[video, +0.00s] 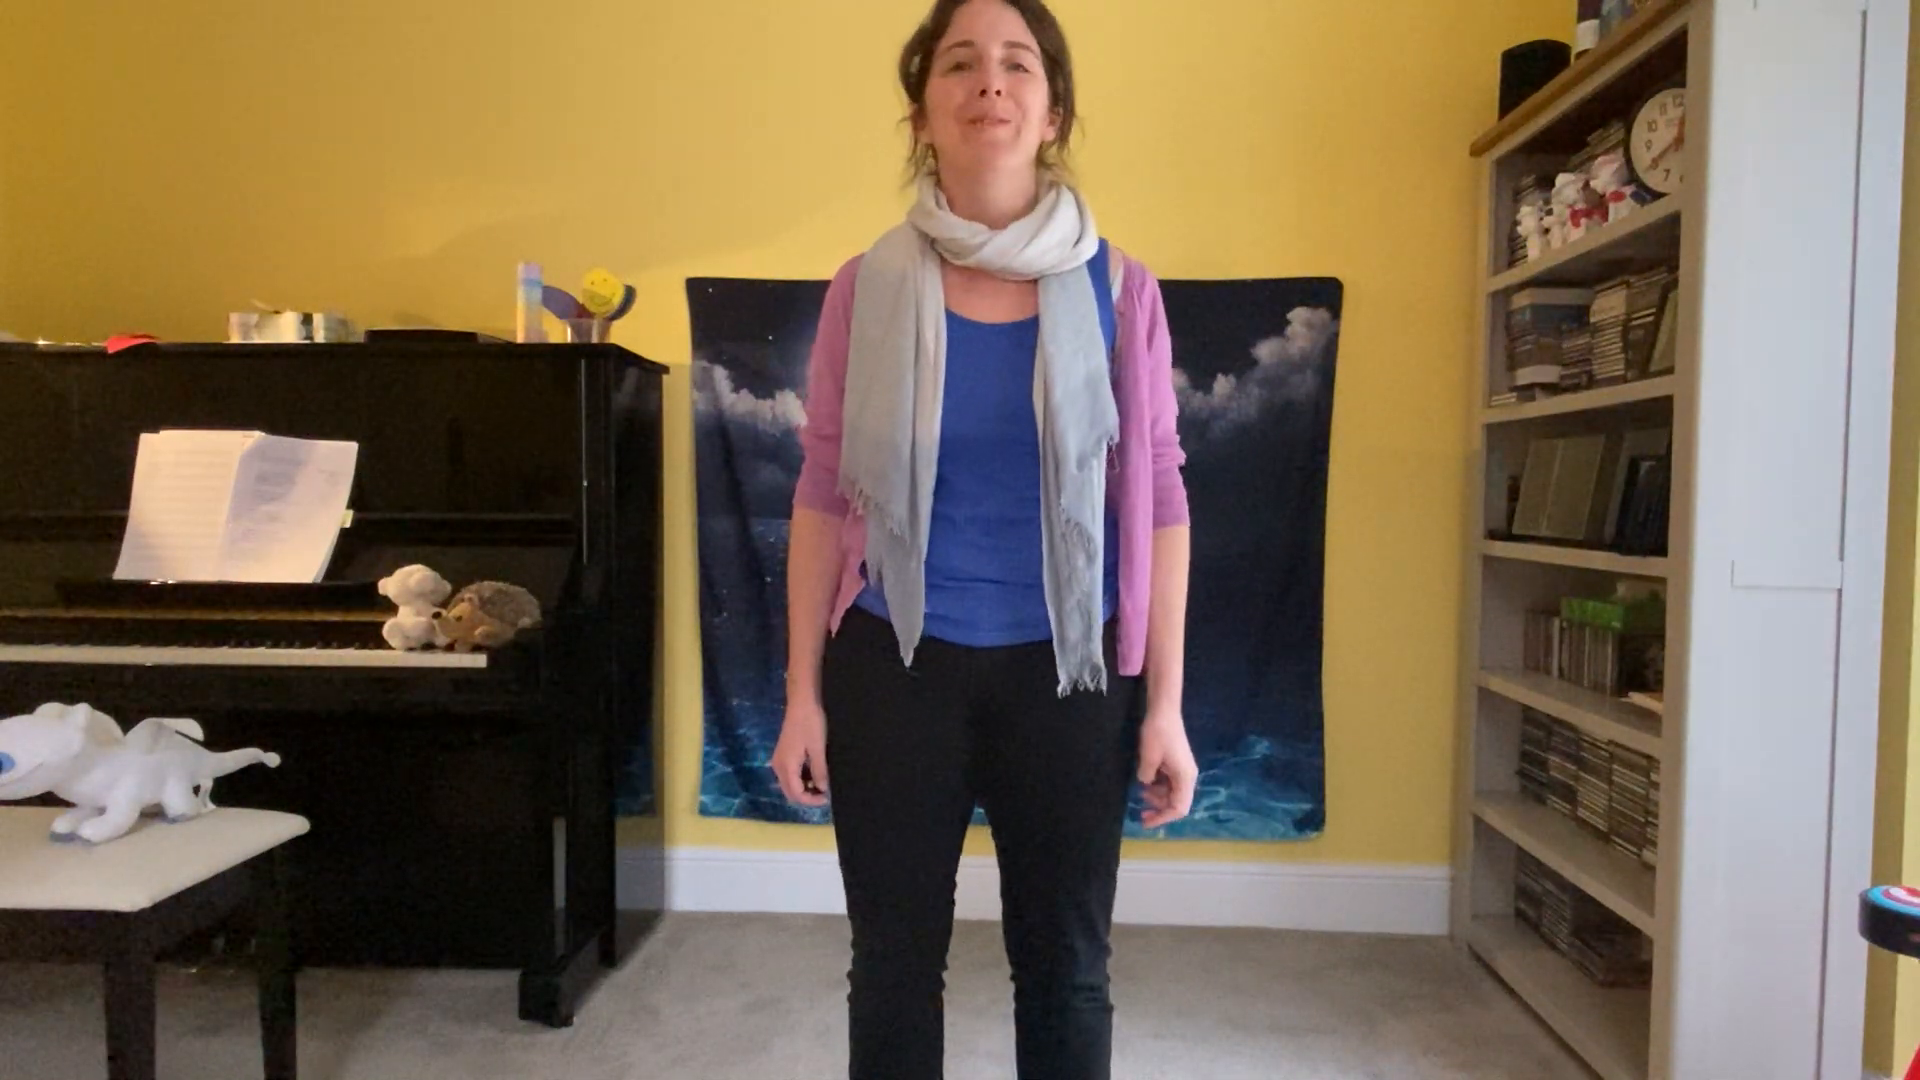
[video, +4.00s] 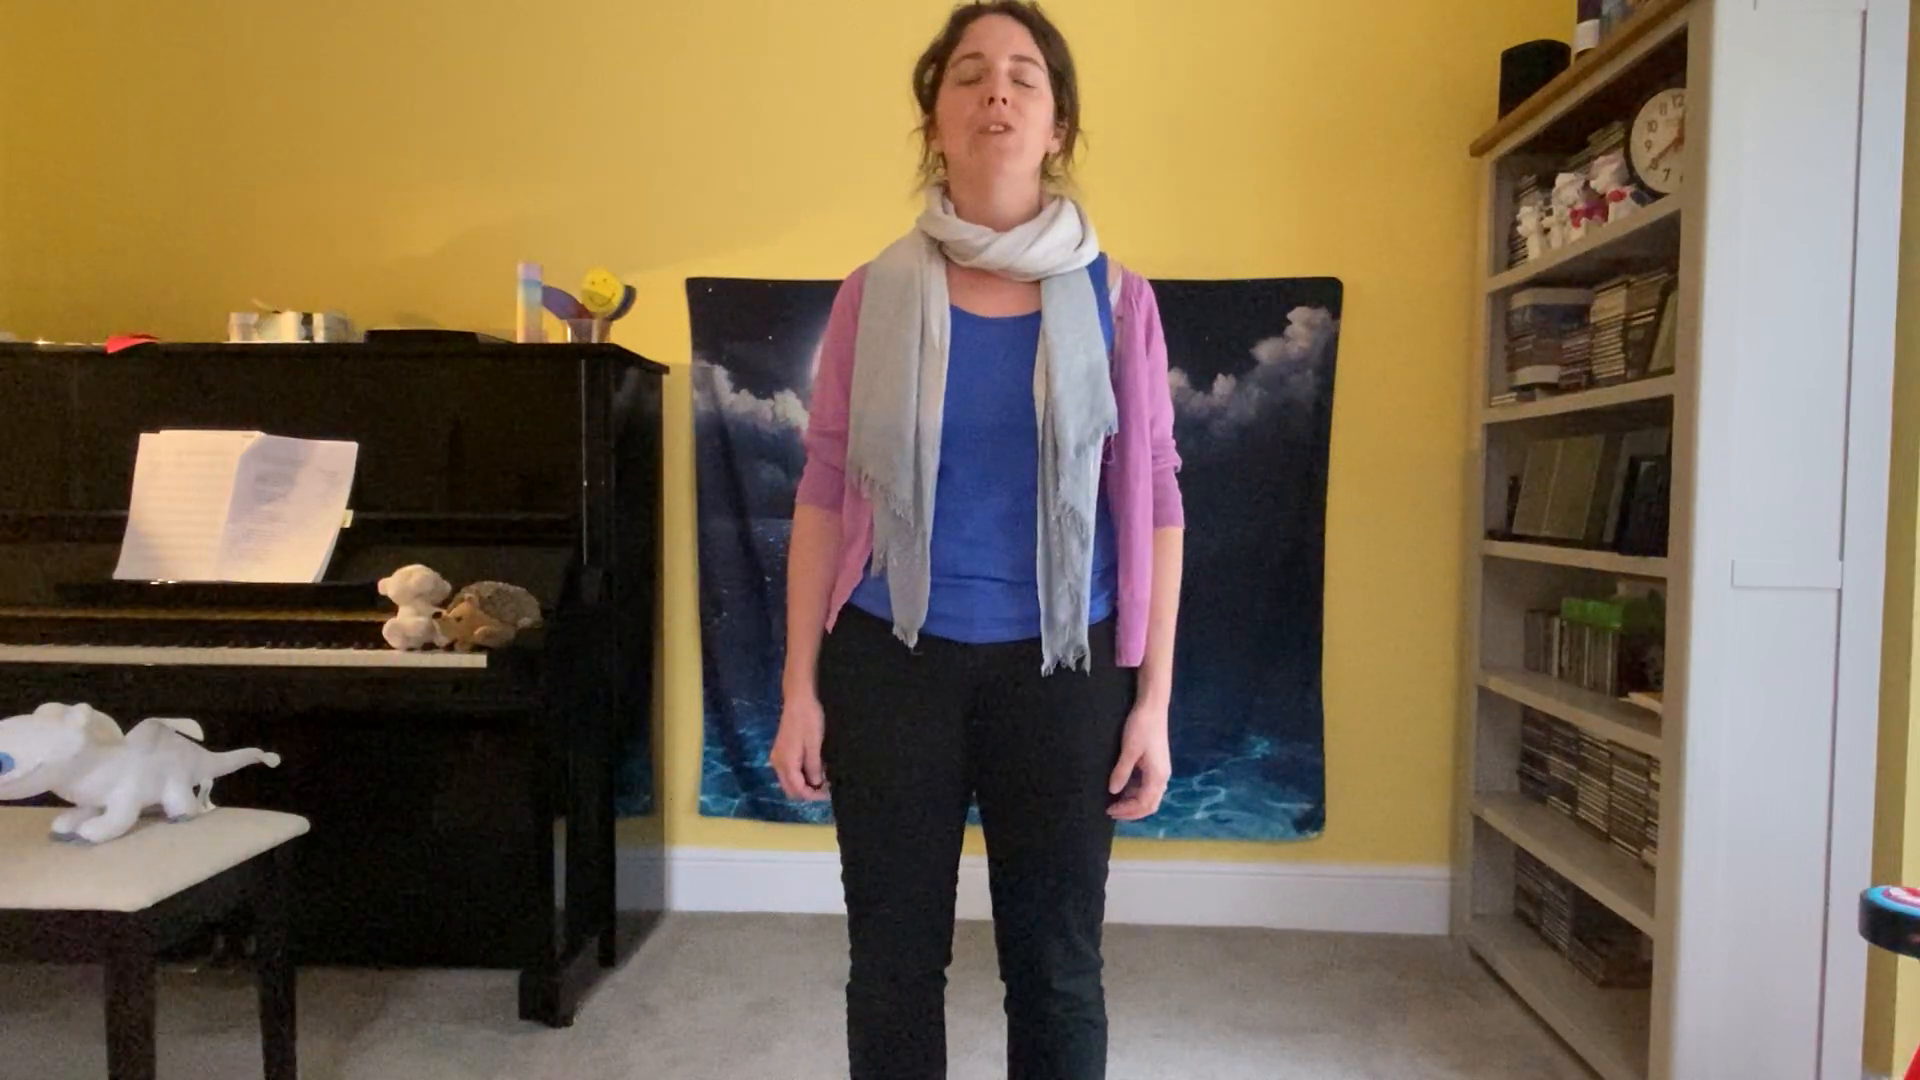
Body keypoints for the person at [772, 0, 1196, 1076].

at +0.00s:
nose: (989, 79)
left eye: (1016, 63)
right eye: (961, 63)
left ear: (1053, 108)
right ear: (922, 109)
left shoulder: (1121, 293)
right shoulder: (863, 291)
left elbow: (1160, 500)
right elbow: (821, 498)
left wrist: (1164, 700)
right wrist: (801, 689)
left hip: (1070, 681)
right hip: (892, 674)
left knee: (1067, 981)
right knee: (893, 976)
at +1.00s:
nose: (1002, 94)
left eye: (1027, 80)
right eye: (976, 79)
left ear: (1064, 129)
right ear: (940, 129)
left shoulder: (1128, 303)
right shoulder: (880, 297)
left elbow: (1168, 506)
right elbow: (829, 494)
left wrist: (1163, 698)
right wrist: (802, 683)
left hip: (1072, 684)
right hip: (893, 678)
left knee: (1071, 982)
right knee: (890, 978)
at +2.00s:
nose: (1010, 101)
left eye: (1037, 86)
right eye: (985, 82)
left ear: (1068, 133)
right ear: (944, 127)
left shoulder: (1123, 306)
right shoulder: (878, 296)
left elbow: (1161, 507)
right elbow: (826, 494)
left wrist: (1158, 694)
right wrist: (803, 681)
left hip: (1068, 678)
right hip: (894, 670)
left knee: (1061, 979)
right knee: (897, 977)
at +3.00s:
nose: (998, 88)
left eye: (1024, 74)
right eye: (972, 70)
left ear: (1058, 121)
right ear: (930, 114)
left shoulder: (1115, 300)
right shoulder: (865, 293)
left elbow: (1153, 504)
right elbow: (815, 494)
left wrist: (1151, 694)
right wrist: (794, 688)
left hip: (1061, 679)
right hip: (885, 674)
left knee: (1057, 984)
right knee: (891, 979)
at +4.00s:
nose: (996, 90)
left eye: (1022, 76)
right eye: (970, 74)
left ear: (1059, 124)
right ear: (934, 120)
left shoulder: (1119, 304)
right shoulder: (872, 296)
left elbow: (1155, 506)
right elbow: (822, 495)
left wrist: (1152, 696)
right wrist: (798, 683)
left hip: (1062, 678)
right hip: (888, 672)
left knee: (1059, 985)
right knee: (892, 979)